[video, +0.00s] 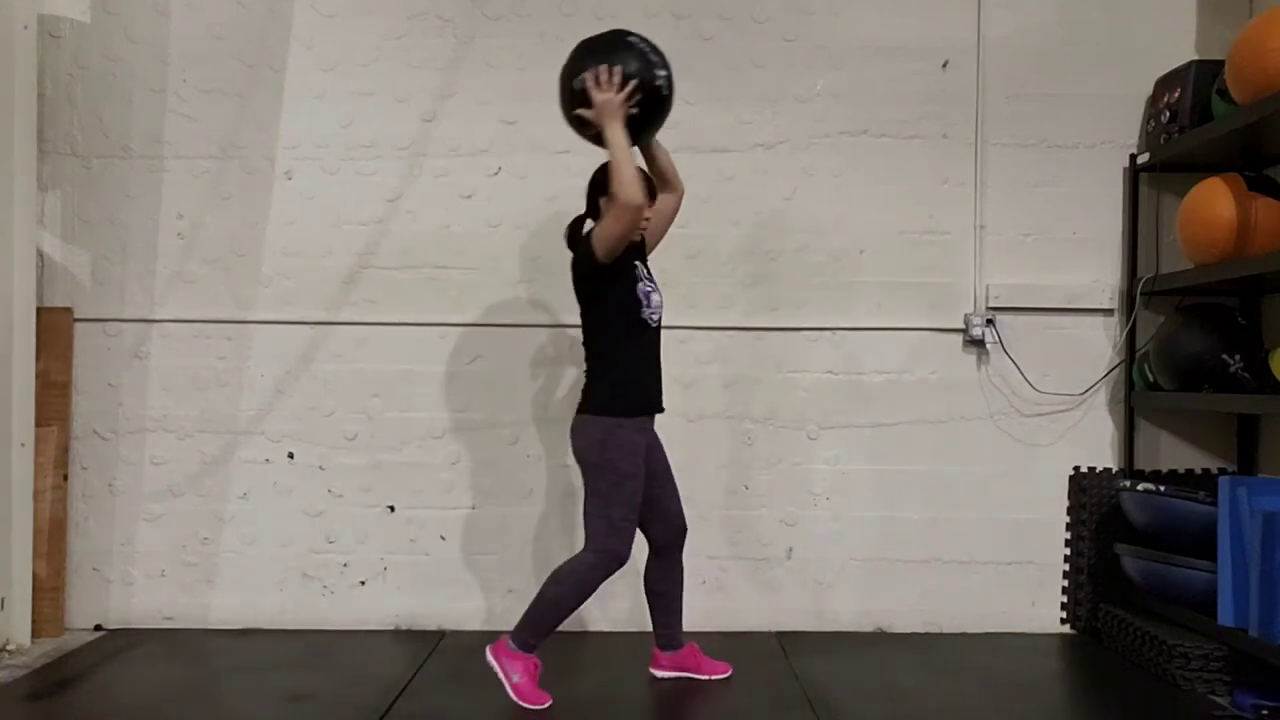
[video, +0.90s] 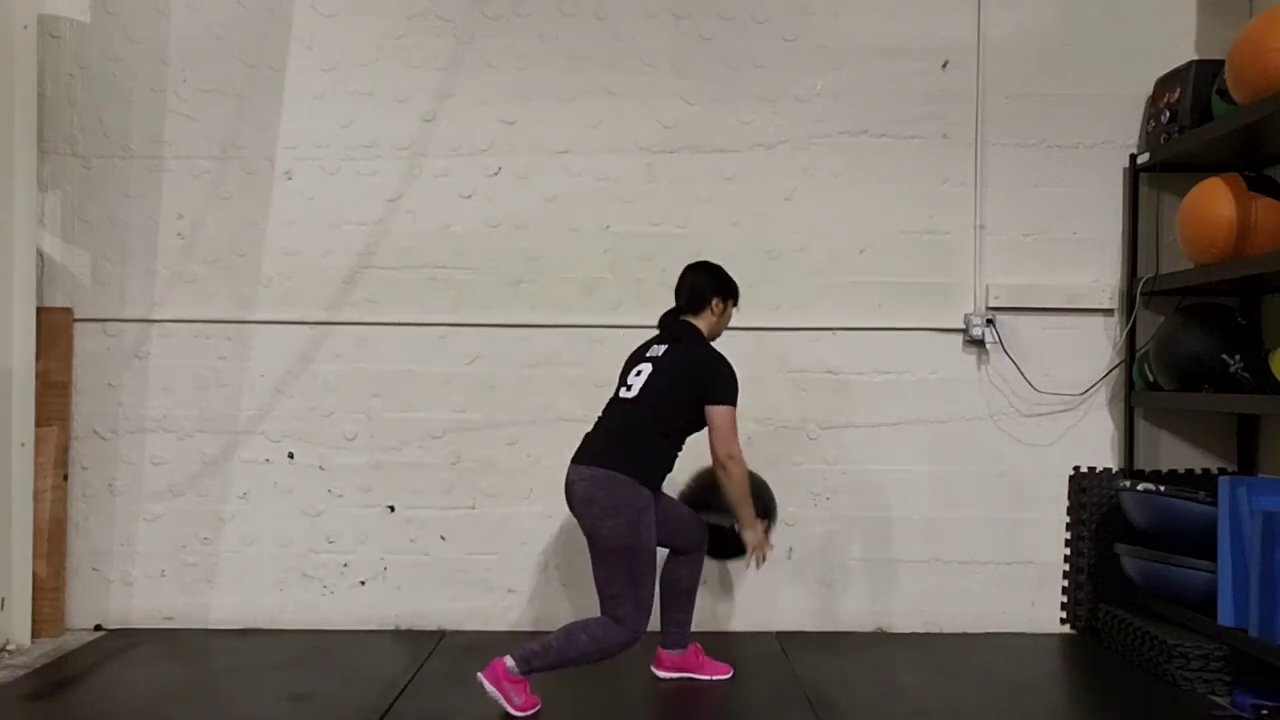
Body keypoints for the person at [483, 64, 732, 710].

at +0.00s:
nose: (637, 209)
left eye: (638, 198)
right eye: (627, 198)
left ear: (624, 207)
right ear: (606, 206)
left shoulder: (630, 249)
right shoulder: (593, 251)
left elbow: (673, 192)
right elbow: (631, 202)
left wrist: (640, 130)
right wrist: (611, 123)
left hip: (637, 427)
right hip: (607, 428)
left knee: (669, 535)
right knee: (607, 551)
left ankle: (671, 649)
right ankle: (517, 648)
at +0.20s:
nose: (672, 216)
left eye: (670, 207)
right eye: (667, 207)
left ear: (623, 208)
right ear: (653, 210)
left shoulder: (611, 255)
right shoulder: (647, 253)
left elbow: (643, 197)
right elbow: (711, 192)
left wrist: (648, 136)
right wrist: (693, 116)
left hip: (606, 427)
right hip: (639, 430)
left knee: (667, 531)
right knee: (610, 553)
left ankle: (671, 650)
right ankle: (530, 657)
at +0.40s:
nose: (699, 233)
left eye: (698, 225)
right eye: (696, 224)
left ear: (646, 222)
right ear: (678, 224)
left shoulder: (615, 268)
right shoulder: (682, 267)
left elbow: (653, 235)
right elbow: (754, 226)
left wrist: (679, 184)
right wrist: (756, 158)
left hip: (602, 436)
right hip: (642, 438)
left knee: (674, 531)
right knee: (619, 566)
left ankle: (673, 650)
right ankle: (526, 658)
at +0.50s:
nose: (702, 254)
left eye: (701, 245)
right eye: (700, 245)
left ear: (653, 239)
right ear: (687, 242)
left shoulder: (620, 286)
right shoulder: (685, 287)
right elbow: (759, 294)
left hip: (595, 446)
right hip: (632, 451)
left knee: (678, 532)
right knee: (626, 582)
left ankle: (673, 650)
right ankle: (522, 660)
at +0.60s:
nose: (709, 281)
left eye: (710, 271)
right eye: (709, 271)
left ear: (662, 263)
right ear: (696, 267)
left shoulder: (630, 312)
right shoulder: (697, 323)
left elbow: (665, 369)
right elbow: (746, 388)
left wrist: (726, 360)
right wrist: (795, 372)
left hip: (589, 460)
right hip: (620, 468)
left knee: (681, 531)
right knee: (626, 601)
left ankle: (674, 651)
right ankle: (516, 663)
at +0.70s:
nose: (715, 302)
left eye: (717, 293)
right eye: (716, 293)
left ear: (668, 287)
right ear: (703, 290)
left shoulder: (640, 336)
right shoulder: (703, 349)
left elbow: (625, 410)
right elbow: (729, 438)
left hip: (586, 475)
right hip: (613, 484)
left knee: (684, 533)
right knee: (622, 618)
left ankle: (675, 650)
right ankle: (510, 668)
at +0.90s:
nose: (730, 318)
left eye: (732, 310)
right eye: (730, 309)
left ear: (681, 303)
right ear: (718, 306)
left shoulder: (651, 349)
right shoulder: (713, 366)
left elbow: (636, 428)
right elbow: (726, 458)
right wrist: (749, 522)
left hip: (589, 480)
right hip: (616, 490)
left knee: (691, 534)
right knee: (625, 625)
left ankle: (676, 651)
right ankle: (510, 668)